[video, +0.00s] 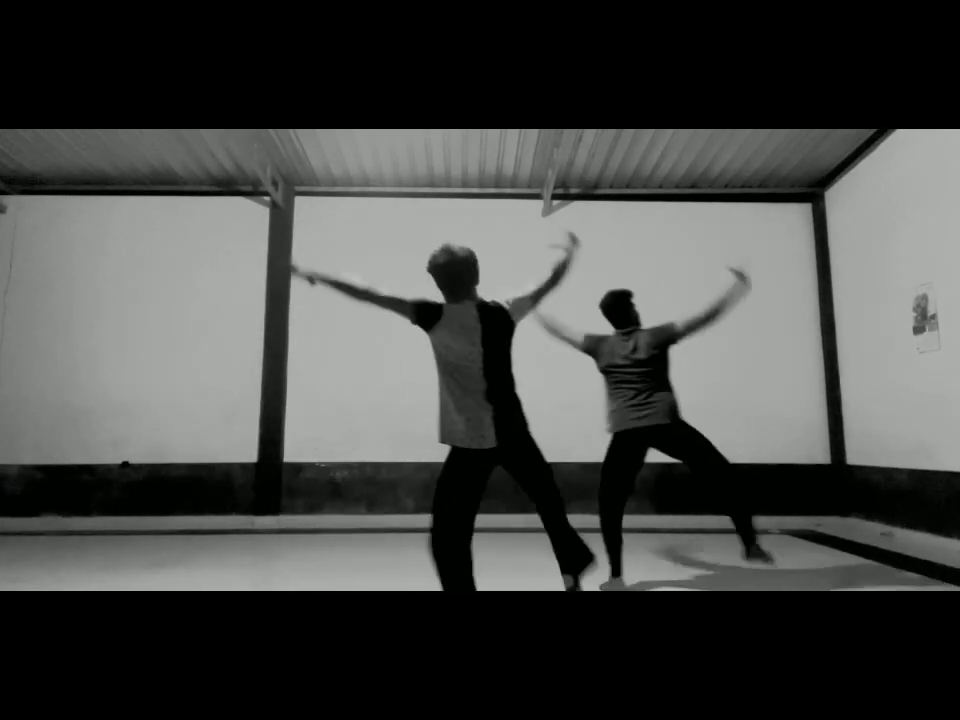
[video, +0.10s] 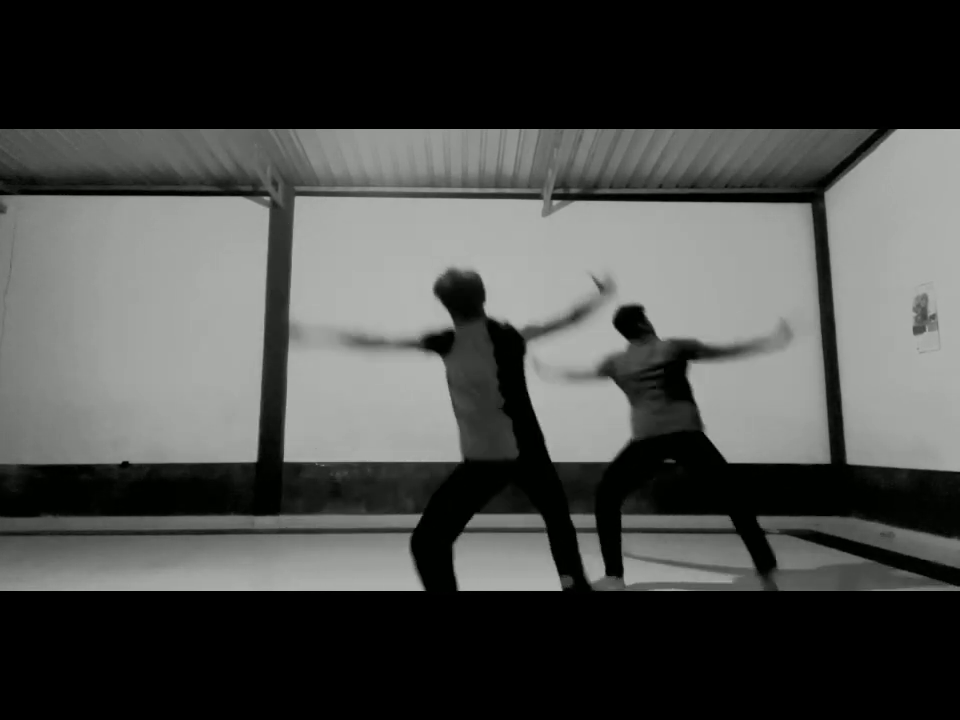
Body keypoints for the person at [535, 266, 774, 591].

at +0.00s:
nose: (637, 310)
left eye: (630, 306)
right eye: (633, 306)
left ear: (609, 319)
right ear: (632, 311)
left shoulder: (600, 346)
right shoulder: (656, 336)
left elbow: (559, 331)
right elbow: (707, 317)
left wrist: (535, 309)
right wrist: (739, 287)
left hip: (626, 434)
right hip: (666, 427)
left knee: (609, 498)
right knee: (721, 472)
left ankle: (615, 574)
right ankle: (751, 546)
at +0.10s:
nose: (650, 323)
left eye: (642, 321)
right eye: (647, 319)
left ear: (622, 332)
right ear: (645, 322)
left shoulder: (615, 364)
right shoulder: (674, 348)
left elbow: (578, 374)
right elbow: (726, 351)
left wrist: (547, 371)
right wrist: (770, 341)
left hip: (645, 444)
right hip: (689, 438)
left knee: (607, 496)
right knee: (734, 496)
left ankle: (613, 575)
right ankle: (767, 571)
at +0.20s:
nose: (652, 343)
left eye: (638, 345)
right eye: (651, 339)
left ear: (632, 353)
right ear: (655, 340)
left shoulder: (633, 389)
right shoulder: (688, 369)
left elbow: (611, 422)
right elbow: (733, 392)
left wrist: (589, 434)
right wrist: (777, 398)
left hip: (658, 464)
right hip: (706, 459)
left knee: (611, 502)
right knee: (750, 508)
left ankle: (610, 581)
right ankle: (760, 580)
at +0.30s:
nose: (644, 352)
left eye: (637, 350)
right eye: (647, 345)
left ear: (637, 355)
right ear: (659, 343)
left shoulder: (641, 392)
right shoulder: (693, 369)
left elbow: (637, 435)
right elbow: (709, 403)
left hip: (675, 461)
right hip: (720, 457)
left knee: (619, 501)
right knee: (753, 509)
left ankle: (613, 578)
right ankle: (761, 577)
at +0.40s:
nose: (636, 343)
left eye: (637, 337)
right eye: (636, 337)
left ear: (647, 340)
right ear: (663, 336)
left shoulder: (644, 380)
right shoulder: (689, 360)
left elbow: (630, 414)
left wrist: (614, 429)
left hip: (678, 455)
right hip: (716, 451)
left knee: (627, 498)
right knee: (733, 511)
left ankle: (634, 578)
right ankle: (763, 571)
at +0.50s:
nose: (641, 331)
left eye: (646, 325)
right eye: (640, 325)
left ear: (659, 328)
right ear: (662, 329)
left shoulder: (658, 354)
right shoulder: (666, 351)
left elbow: (620, 370)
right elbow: (627, 361)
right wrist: (595, 353)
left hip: (680, 441)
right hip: (693, 438)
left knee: (642, 504)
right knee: (701, 506)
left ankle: (671, 577)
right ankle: (766, 561)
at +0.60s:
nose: (643, 324)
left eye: (650, 319)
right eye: (640, 318)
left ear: (659, 324)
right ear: (636, 320)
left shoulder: (661, 348)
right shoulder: (636, 352)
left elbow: (636, 346)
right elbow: (603, 329)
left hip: (673, 439)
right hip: (659, 441)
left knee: (648, 507)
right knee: (670, 510)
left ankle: (669, 578)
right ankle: (730, 534)